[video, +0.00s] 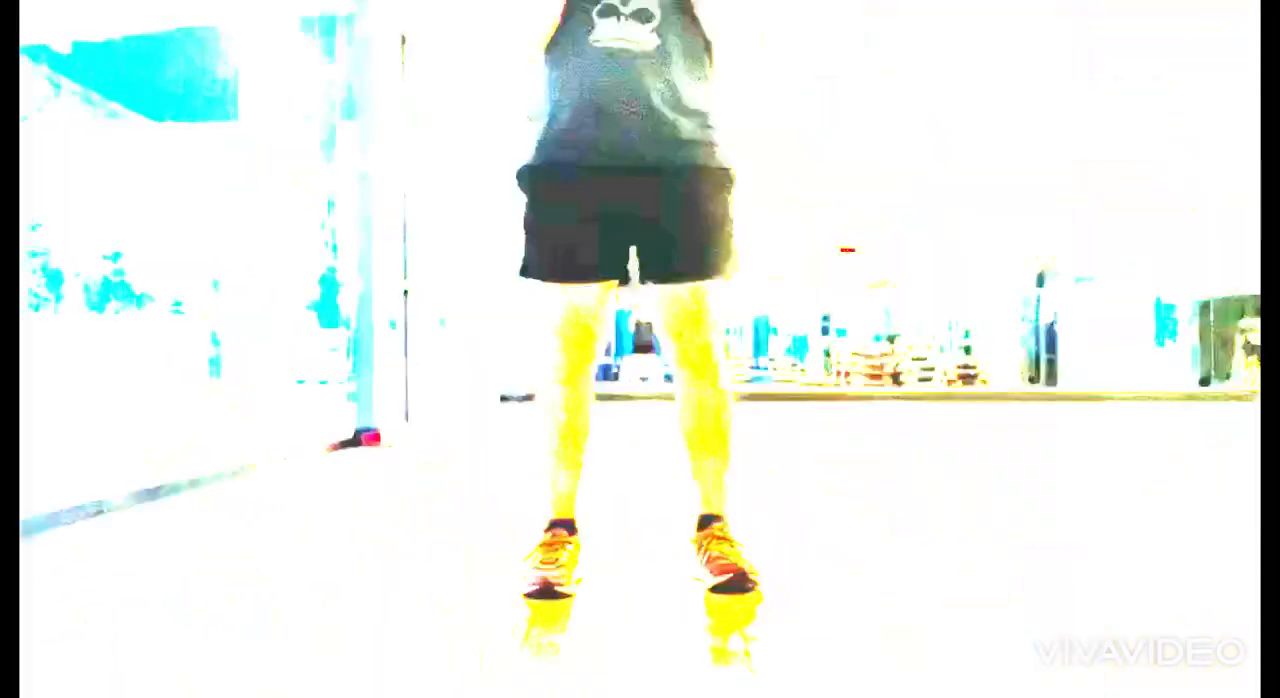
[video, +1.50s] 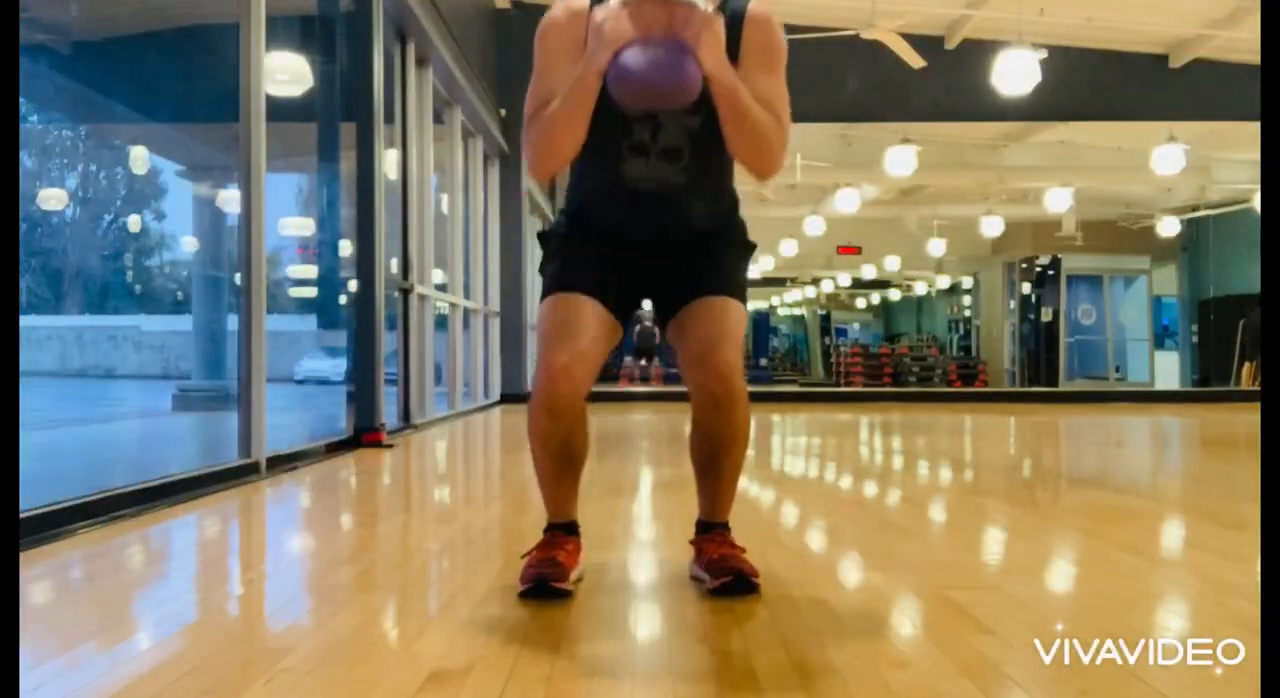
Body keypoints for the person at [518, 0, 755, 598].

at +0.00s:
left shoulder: (685, 11)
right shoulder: (564, 10)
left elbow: (712, 54)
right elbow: (529, 39)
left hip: (683, 157)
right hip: (575, 156)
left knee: (697, 351)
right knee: (571, 354)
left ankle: (715, 528)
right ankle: (560, 533)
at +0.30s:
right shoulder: (550, 0)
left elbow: (752, 68)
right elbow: (531, 78)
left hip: (691, 177)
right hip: (583, 177)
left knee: (716, 348)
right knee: (556, 347)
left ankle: (716, 534)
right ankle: (559, 529)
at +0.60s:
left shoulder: (729, 71)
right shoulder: (556, 70)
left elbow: (744, 201)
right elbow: (532, 206)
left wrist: (696, 106)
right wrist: (579, 113)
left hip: (687, 272)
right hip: (585, 271)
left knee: (726, 368)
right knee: (546, 374)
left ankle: (716, 536)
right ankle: (559, 536)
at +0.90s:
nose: (638, 46)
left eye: (656, 31)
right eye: (621, 30)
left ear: (681, 49)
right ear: (596, 46)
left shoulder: (723, 150)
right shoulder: (552, 154)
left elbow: (744, 284)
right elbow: (530, 295)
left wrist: (694, 202)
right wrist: (573, 211)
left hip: (684, 339)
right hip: (586, 338)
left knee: (722, 371)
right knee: (544, 379)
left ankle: (716, 538)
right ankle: (558, 538)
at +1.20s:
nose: (637, 32)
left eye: (656, 17)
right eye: (621, 16)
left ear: (682, 39)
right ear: (596, 35)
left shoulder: (724, 136)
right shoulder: (552, 141)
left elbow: (747, 279)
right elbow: (530, 287)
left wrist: (695, 197)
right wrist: (571, 202)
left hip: (689, 326)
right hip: (588, 326)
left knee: (722, 377)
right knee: (549, 382)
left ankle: (715, 538)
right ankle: (559, 538)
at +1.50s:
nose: (663, 3)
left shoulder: (751, 22)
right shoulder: (571, 20)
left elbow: (766, 158)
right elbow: (542, 160)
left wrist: (714, 59)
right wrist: (596, 60)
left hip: (701, 236)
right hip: (597, 233)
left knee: (721, 378)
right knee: (556, 383)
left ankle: (714, 537)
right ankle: (559, 535)